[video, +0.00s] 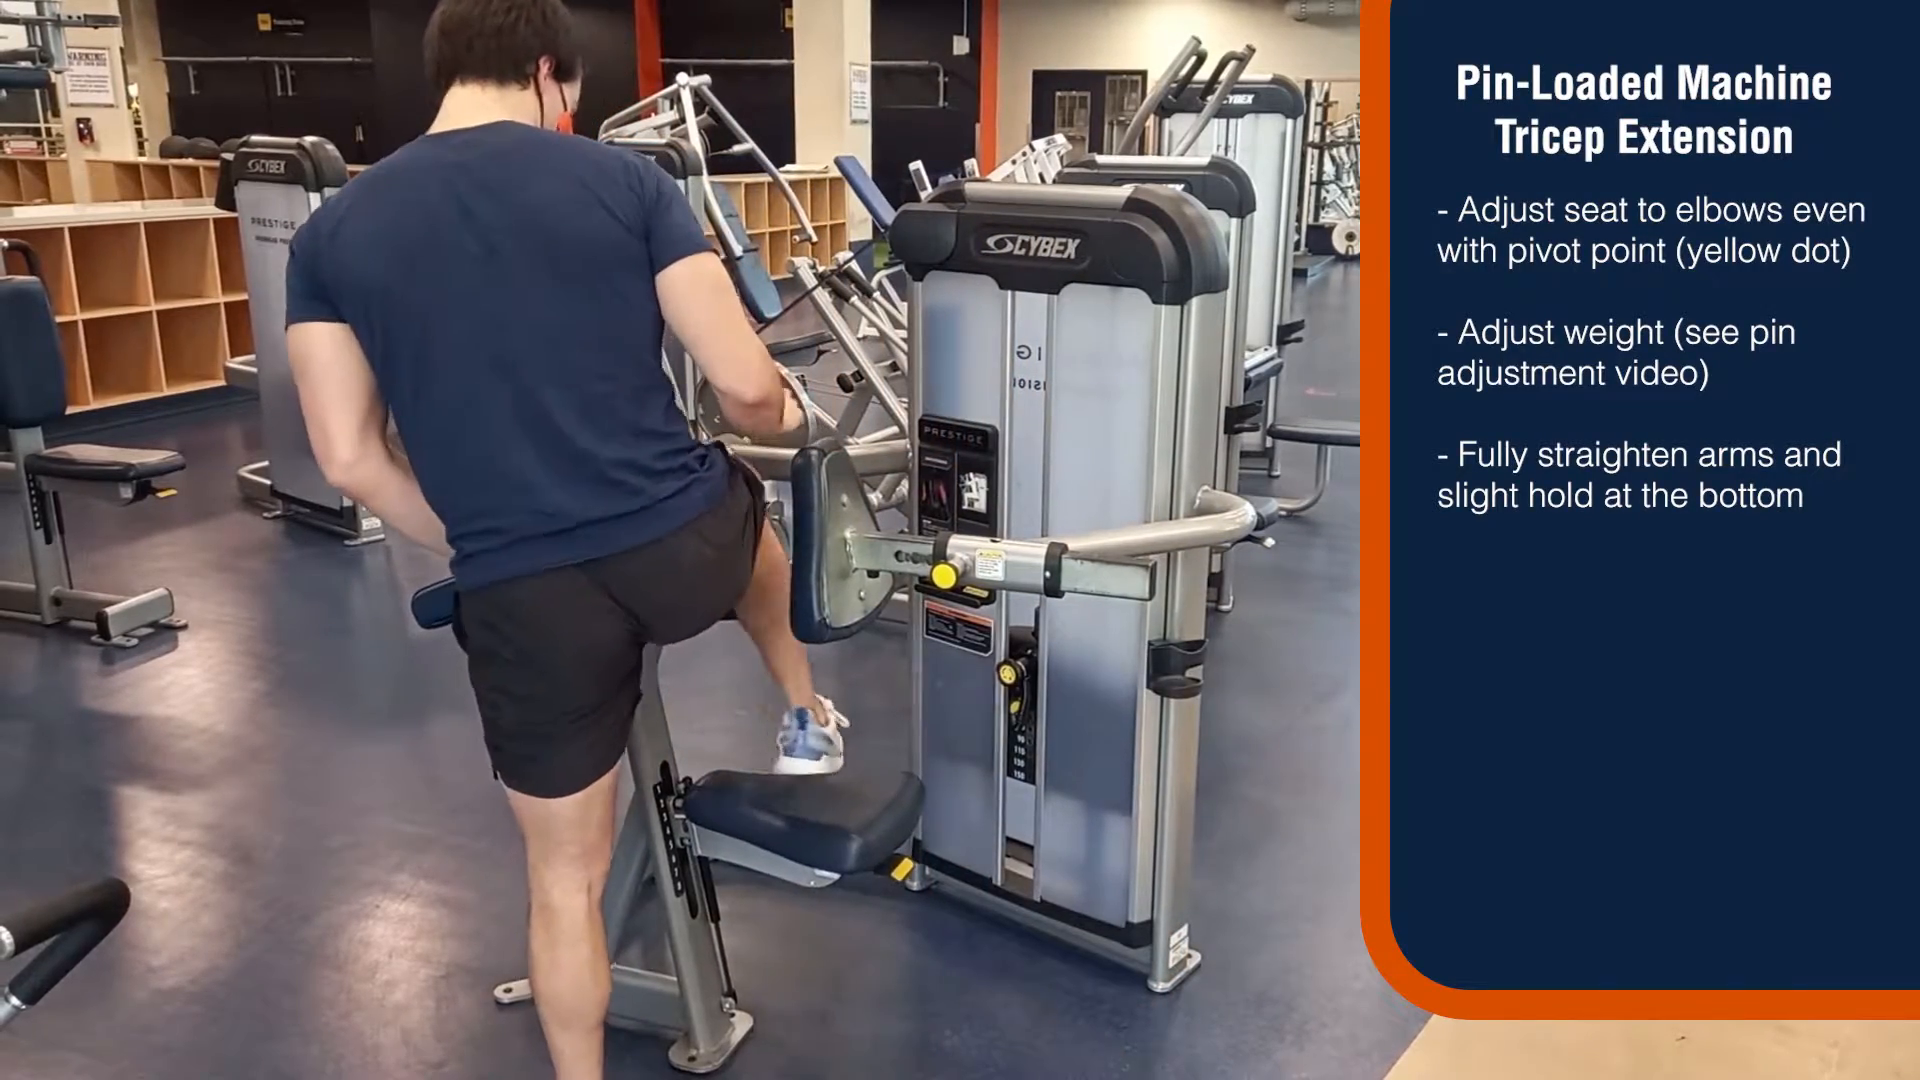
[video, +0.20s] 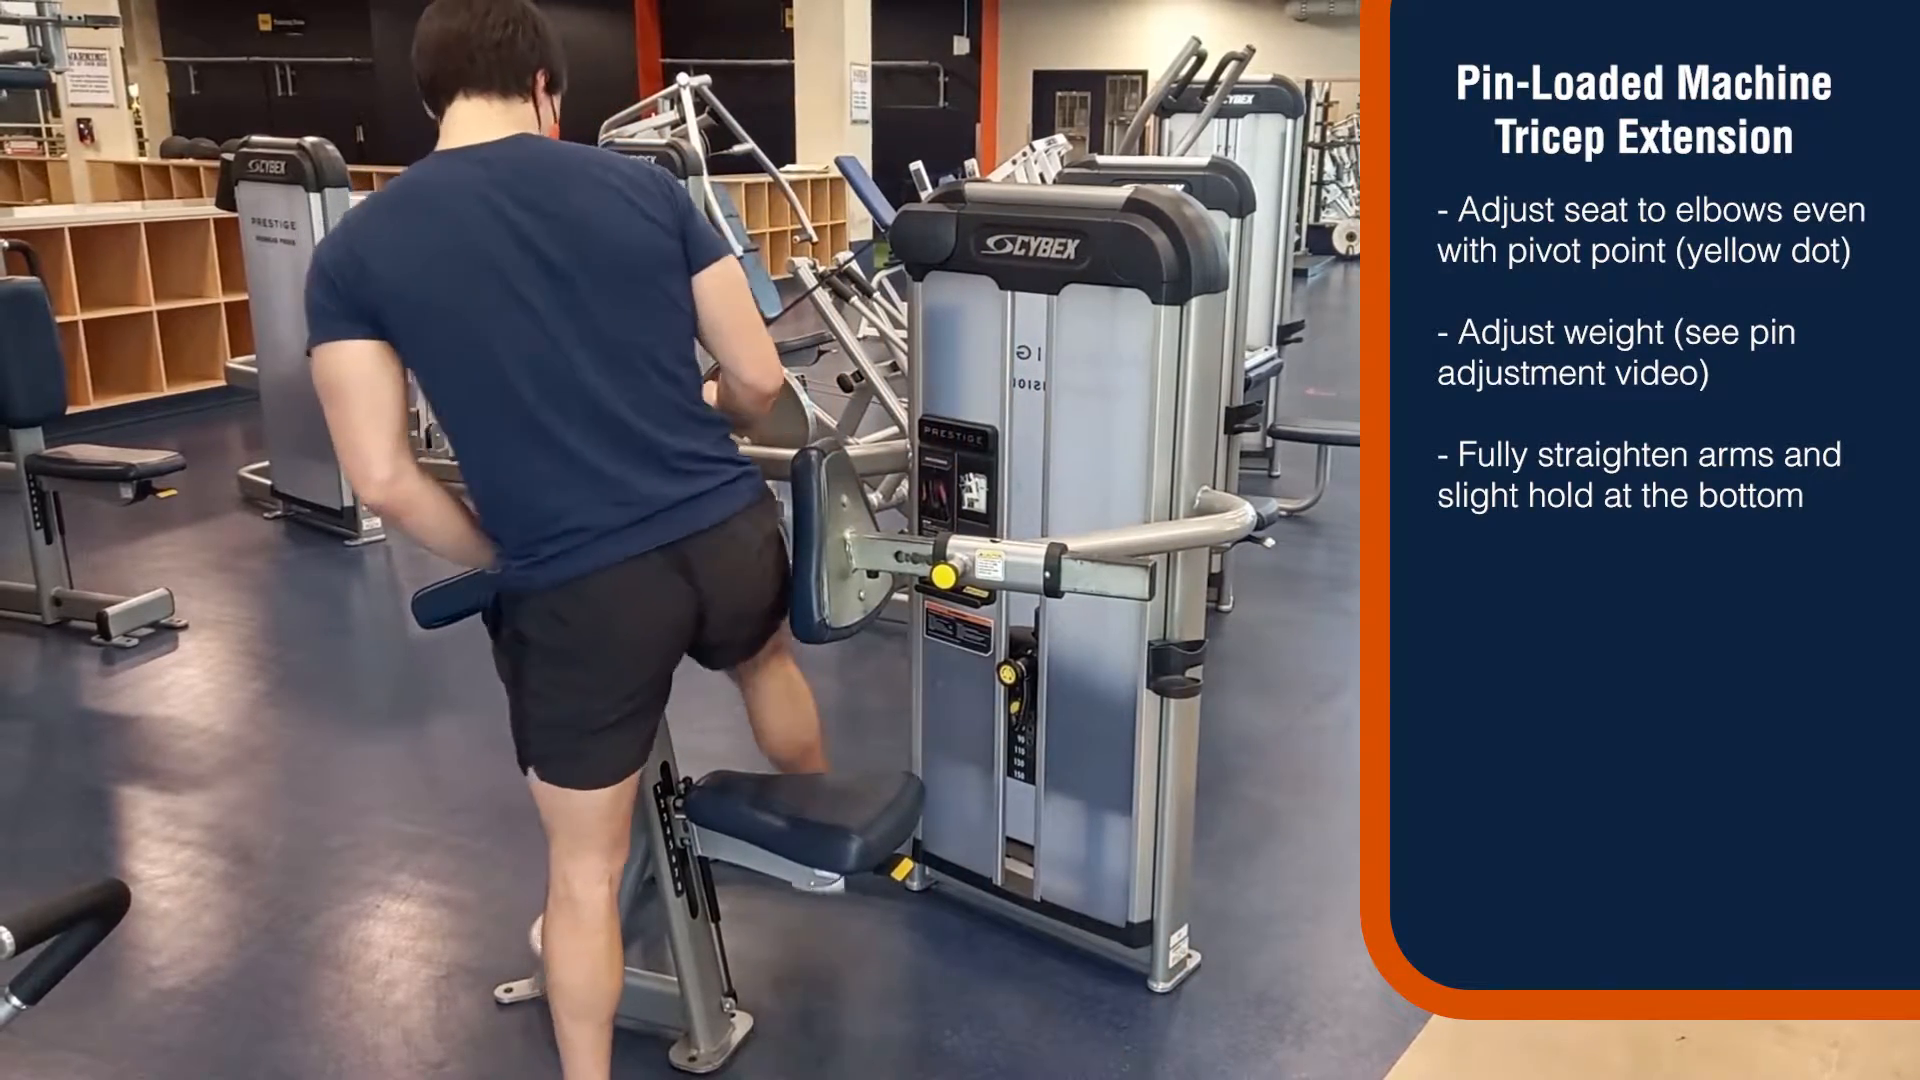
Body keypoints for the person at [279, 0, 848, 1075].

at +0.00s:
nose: (577, 113)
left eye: (577, 100)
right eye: (576, 96)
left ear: (438, 83)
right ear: (546, 81)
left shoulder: (335, 230)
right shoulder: (620, 179)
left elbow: (347, 455)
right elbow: (748, 389)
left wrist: (465, 526)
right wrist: (782, 424)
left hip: (523, 607)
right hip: (673, 551)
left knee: (563, 885)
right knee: (745, 518)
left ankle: (580, 1079)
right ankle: (808, 717)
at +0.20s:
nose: (557, 110)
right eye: (558, 96)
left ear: (429, 100)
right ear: (543, 92)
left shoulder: (359, 246)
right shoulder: (642, 186)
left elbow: (379, 476)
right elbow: (760, 382)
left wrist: (500, 553)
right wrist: (718, 407)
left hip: (579, 601)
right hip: (727, 547)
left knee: (582, 874)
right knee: (765, 653)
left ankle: (588, 1076)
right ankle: (820, 822)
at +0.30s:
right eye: (559, 95)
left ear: (444, 111)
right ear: (561, 97)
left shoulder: (405, 246)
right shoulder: (670, 192)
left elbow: (422, 481)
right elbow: (767, 373)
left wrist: (501, 546)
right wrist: (705, 425)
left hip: (611, 590)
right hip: (750, 541)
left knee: (596, 866)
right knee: (765, 711)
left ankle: (592, 1067)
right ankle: (819, 902)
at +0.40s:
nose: (474, 143)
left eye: (473, 125)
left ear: (478, 125)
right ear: (595, 110)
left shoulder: (475, 245)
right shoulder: (694, 202)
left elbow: (481, 473)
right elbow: (788, 373)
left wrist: (507, 548)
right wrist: (759, 461)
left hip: (636, 583)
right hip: (761, 545)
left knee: (606, 861)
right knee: (765, 749)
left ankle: (595, 1070)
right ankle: (811, 947)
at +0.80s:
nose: (717, 228)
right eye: (719, 216)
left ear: (609, 214)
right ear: (713, 214)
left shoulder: (589, 283)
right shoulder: (778, 299)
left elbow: (549, 454)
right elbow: (860, 466)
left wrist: (498, 529)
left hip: (694, 639)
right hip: (806, 616)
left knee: (528, 828)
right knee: (721, 757)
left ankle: (616, 1063)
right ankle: (801, 954)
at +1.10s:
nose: (761, 342)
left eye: (760, 329)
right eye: (759, 328)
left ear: (651, 325)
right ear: (746, 324)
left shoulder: (618, 374)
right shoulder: (796, 403)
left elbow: (539, 492)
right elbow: (865, 556)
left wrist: (506, 542)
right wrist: (893, 682)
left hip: (738, 746)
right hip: (849, 711)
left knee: (510, 831)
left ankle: (613, 1060)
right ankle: (794, 947)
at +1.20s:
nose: (776, 374)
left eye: (776, 361)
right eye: (777, 357)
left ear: (672, 346)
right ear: (761, 350)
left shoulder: (631, 397)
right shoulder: (801, 430)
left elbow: (540, 500)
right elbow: (879, 597)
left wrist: (505, 541)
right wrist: (938, 705)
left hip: (750, 765)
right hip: (861, 733)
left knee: (511, 832)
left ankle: (615, 1061)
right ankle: (796, 948)